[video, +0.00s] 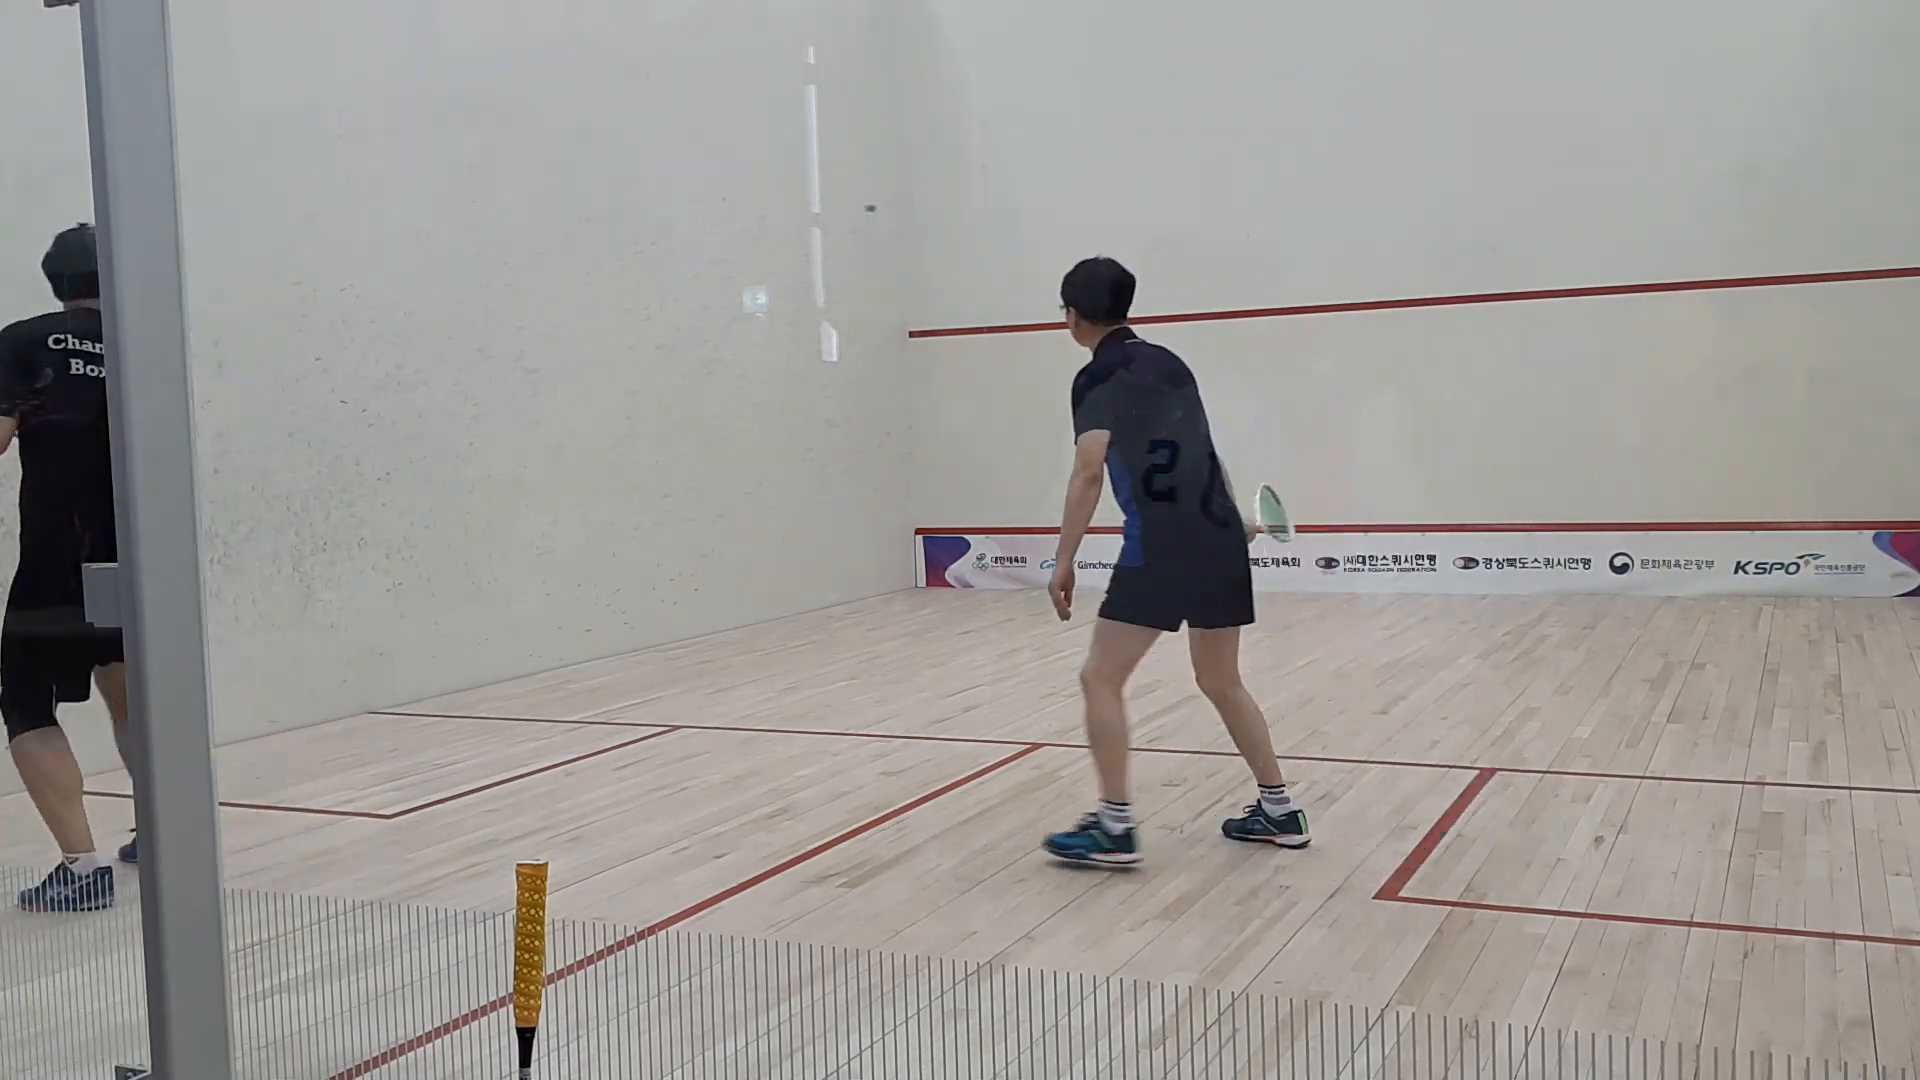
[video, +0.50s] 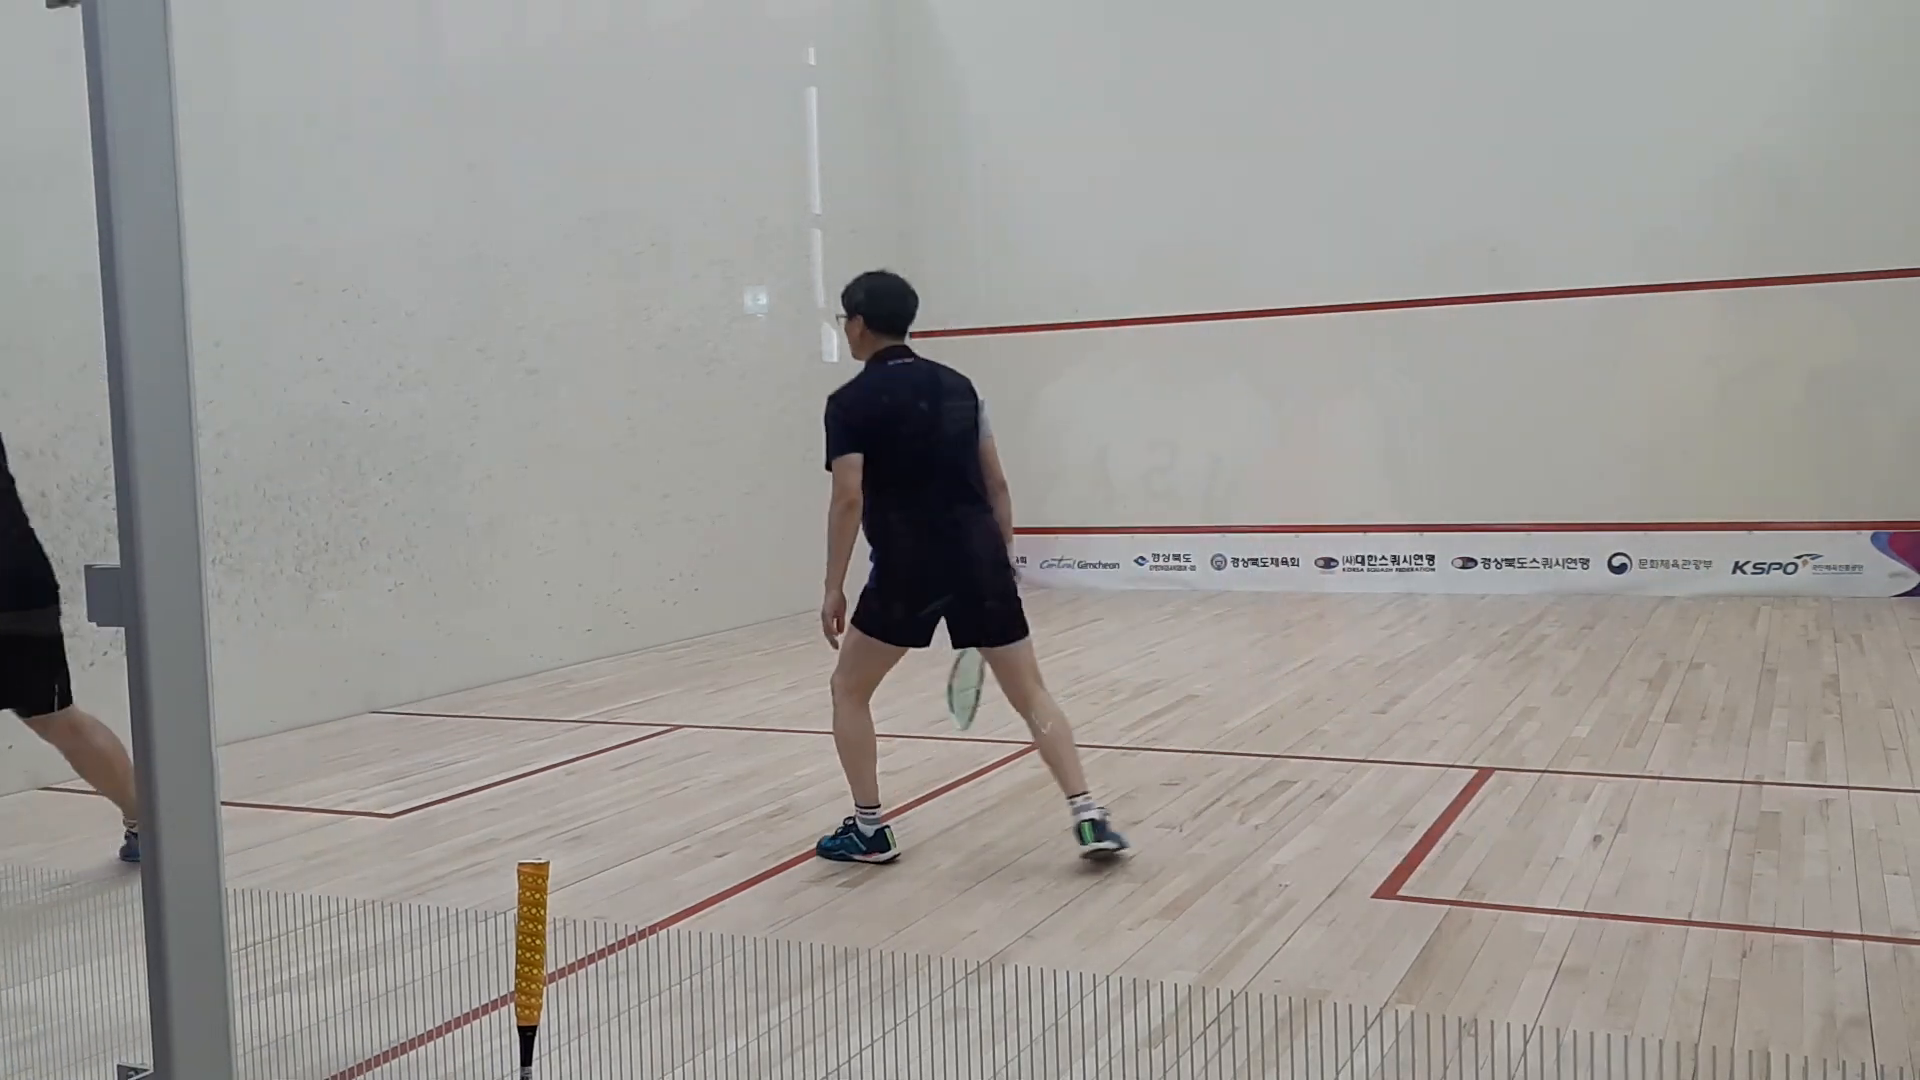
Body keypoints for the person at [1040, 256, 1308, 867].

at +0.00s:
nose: (1064, 319)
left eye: (1065, 310)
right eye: (1068, 308)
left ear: (1074, 315)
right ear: (1124, 309)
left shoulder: (1099, 378)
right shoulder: (1171, 364)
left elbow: (1090, 472)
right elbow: (1198, 458)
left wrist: (1064, 560)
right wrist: (1235, 523)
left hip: (1158, 556)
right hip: (1223, 548)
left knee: (1101, 677)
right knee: (1220, 678)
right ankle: (1278, 804)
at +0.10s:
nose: (1028, 325)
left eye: (1030, 316)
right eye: (1030, 314)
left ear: (1042, 323)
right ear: (1089, 319)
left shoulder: (1055, 387)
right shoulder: (1138, 376)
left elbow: (1051, 481)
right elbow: (1160, 473)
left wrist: (1028, 569)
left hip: (1110, 562)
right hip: (1178, 556)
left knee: (1031, 677)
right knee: (1194, 684)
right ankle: (1271, 801)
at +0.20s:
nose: (981, 336)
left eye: (981, 326)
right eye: (982, 326)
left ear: (992, 331)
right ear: (1041, 329)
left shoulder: (999, 402)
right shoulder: (1089, 390)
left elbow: (994, 496)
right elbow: (1129, 487)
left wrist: (972, 584)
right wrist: (1135, 558)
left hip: (1047, 572)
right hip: (1117, 561)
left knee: (965, 693)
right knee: (1169, 688)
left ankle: (900, 817)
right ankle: (1258, 794)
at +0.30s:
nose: (923, 346)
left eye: (925, 337)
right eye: (926, 336)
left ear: (936, 343)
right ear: (985, 339)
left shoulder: (932, 416)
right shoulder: (1033, 401)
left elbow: (927, 511)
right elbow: (1075, 496)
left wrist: (910, 597)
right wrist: (1093, 565)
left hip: (983, 590)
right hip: (1058, 578)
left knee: (891, 688)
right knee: (1131, 694)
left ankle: (872, 826)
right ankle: (1222, 797)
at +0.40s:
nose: (874, 349)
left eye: (876, 340)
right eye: (874, 339)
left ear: (890, 345)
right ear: (938, 343)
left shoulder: (880, 421)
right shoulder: (985, 404)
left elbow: (873, 518)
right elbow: (1027, 499)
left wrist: (856, 606)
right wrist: (1047, 571)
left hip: (936, 588)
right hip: (1011, 580)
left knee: (856, 688)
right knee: (1083, 699)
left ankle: (870, 825)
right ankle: (1164, 806)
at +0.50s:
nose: (844, 329)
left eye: (846, 320)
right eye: (846, 320)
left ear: (860, 326)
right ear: (905, 323)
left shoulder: (850, 402)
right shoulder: (955, 384)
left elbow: (848, 498)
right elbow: (994, 482)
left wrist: (834, 586)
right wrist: (1000, 557)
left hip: (907, 574)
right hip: (982, 563)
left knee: (850, 689)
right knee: (1033, 696)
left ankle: (868, 824)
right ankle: (1087, 812)